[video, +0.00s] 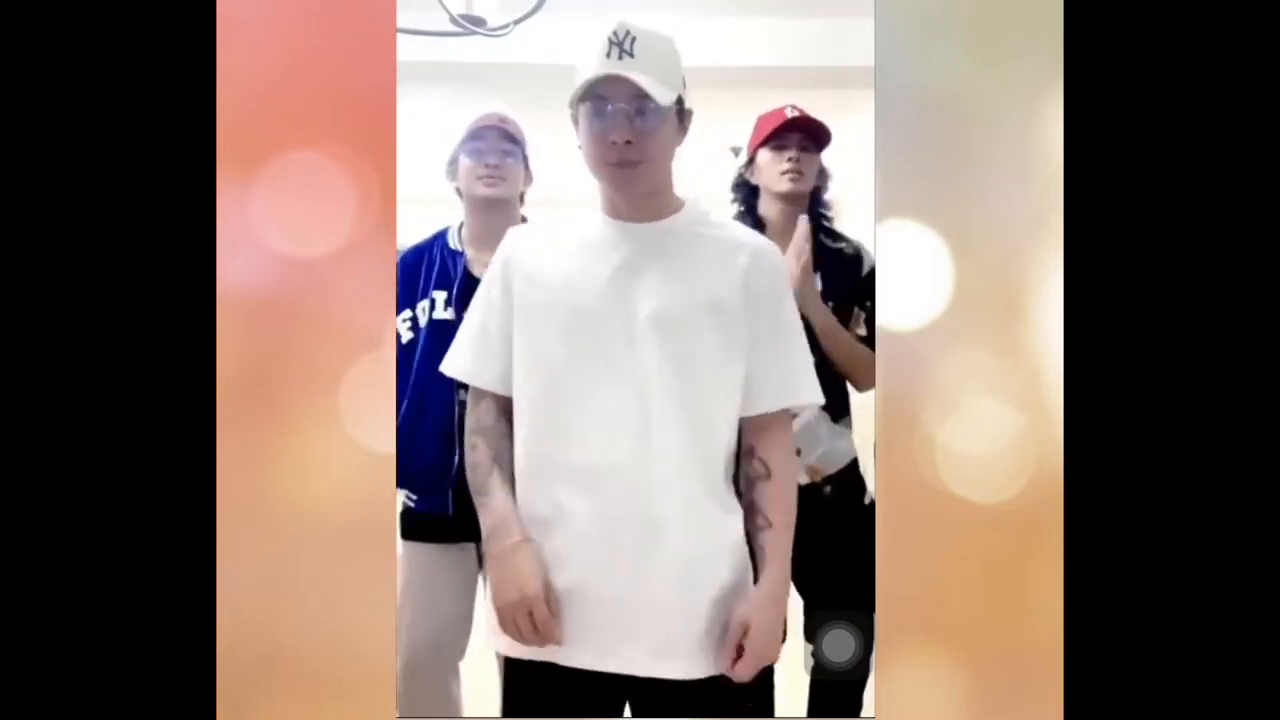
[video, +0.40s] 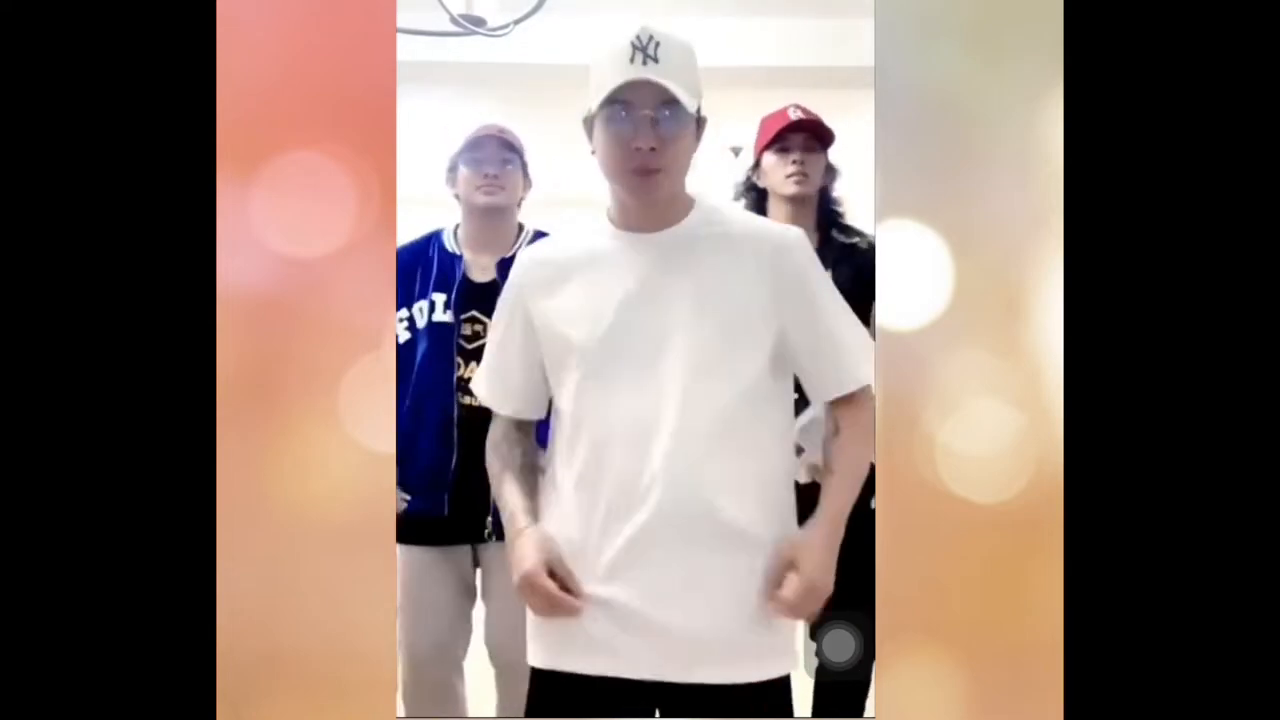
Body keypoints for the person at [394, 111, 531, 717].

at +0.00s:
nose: (492, 161)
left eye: (507, 153)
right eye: (477, 151)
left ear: (528, 179)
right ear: (454, 173)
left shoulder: (551, 266)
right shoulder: (412, 269)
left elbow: (573, 380)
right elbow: (380, 379)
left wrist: (560, 480)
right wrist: (385, 481)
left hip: (529, 498)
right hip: (434, 497)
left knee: (530, 668)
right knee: (424, 663)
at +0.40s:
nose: (491, 170)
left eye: (506, 161)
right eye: (477, 161)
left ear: (527, 183)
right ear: (452, 181)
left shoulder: (554, 264)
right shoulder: (404, 266)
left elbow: (579, 381)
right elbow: (369, 380)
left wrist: (565, 482)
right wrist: (378, 481)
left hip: (523, 503)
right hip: (426, 505)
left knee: (520, 661)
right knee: (427, 667)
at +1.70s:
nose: (501, 166)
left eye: (517, 154)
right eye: (486, 150)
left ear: (531, 171)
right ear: (455, 162)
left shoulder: (548, 259)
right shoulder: (403, 252)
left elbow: (571, 374)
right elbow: (367, 364)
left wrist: (571, 479)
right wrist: (377, 474)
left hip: (524, 498)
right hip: (428, 496)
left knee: (523, 664)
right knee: (431, 665)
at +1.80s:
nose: (548, 169)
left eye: (556, 156)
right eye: (531, 153)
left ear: (564, 166)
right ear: (489, 160)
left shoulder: (562, 252)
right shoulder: (417, 235)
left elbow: (577, 372)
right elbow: (362, 335)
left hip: (520, 497)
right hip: (424, 495)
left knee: (519, 666)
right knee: (432, 663)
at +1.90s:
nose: (548, 172)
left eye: (558, 160)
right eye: (531, 159)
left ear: (569, 175)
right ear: (495, 172)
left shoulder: (572, 264)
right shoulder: (428, 244)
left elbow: (586, 383)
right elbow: (371, 347)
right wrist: (380, 464)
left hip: (519, 506)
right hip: (422, 503)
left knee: (514, 673)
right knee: (424, 667)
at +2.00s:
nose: (513, 160)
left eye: (527, 149)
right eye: (496, 149)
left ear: (548, 171)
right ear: (471, 167)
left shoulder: (570, 257)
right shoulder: (422, 248)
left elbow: (590, 379)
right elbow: (376, 356)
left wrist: (582, 483)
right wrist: (383, 469)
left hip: (528, 503)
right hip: (428, 498)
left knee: (520, 676)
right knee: (427, 671)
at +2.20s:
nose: (479, 173)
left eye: (492, 160)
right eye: (463, 164)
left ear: (515, 176)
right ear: (442, 185)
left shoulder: (551, 260)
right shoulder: (408, 270)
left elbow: (580, 369)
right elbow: (380, 380)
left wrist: (578, 479)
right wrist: (388, 480)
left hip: (526, 500)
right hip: (432, 501)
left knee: (522, 669)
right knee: (429, 669)